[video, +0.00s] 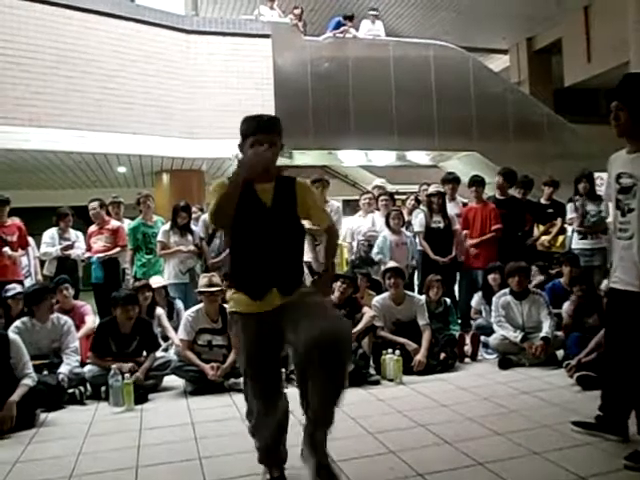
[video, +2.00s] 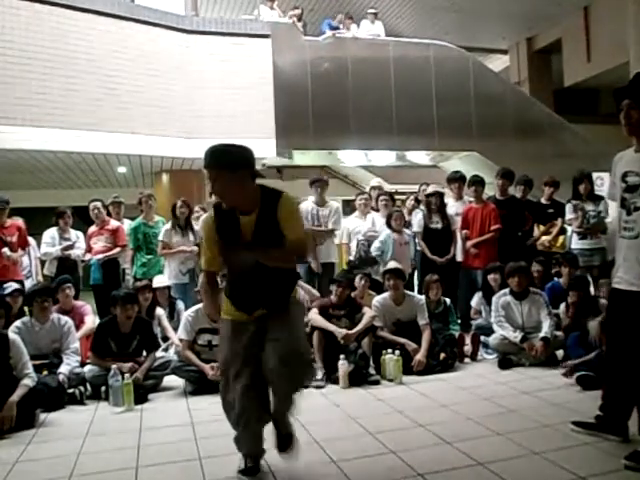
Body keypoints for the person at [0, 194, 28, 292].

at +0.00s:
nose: (2, 212)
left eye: (4, 209)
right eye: (1, 209)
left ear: (8, 208)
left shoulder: (17, 225)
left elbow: (25, 247)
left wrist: (16, 254)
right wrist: (6, 253)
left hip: (14, 276)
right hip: (2, 276)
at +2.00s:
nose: (2, 213)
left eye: (4, 210)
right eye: (1, 210)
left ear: (8, 209)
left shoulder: (17, 225)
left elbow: (23, 247)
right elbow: (3, 248)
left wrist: (17, 255)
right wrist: (7, 254)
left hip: (14, 275)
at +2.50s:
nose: (2, 215)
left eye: (4, 211)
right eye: (1, 212)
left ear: (8, 210)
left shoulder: (17, 226)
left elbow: (24, 248)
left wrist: (14, 255)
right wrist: (8, 254)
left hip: (13, 275)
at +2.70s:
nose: (2, 215)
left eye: (4, 211)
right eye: (1, 211)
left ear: (8, 210)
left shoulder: (17, 226)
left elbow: (24, 248)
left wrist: (14, 255)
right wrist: (8, 254)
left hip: (13, 275)